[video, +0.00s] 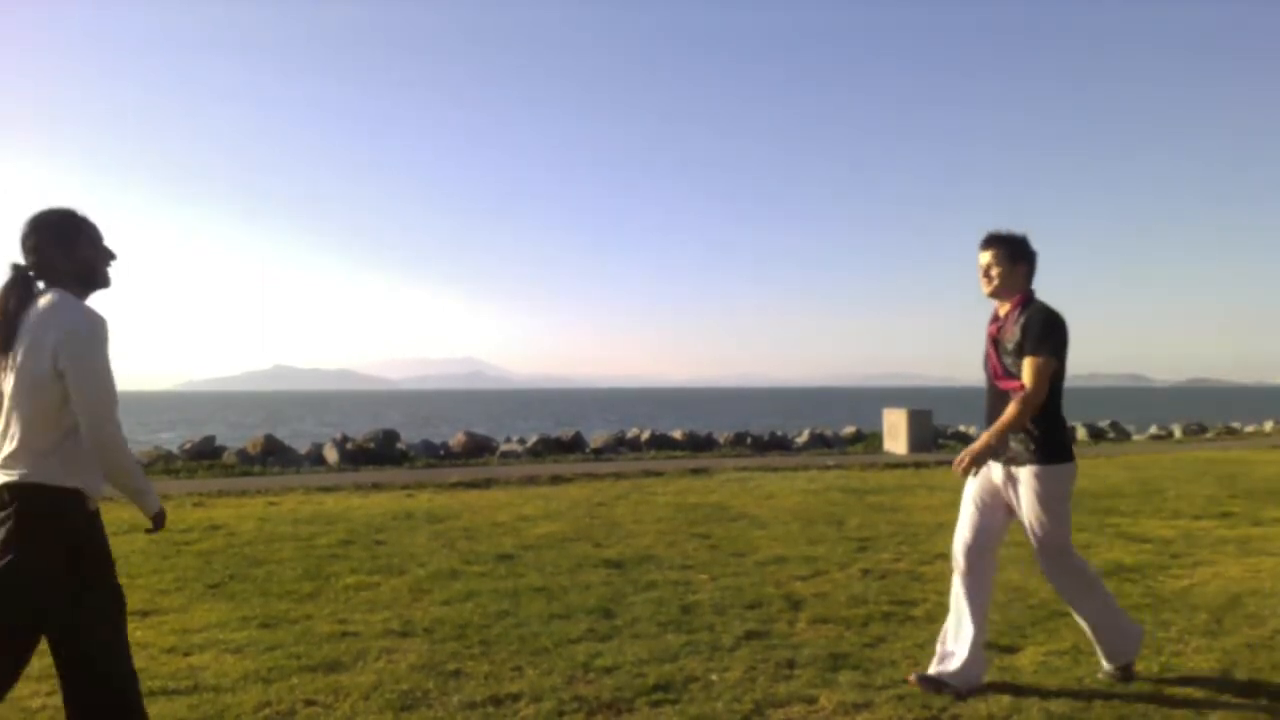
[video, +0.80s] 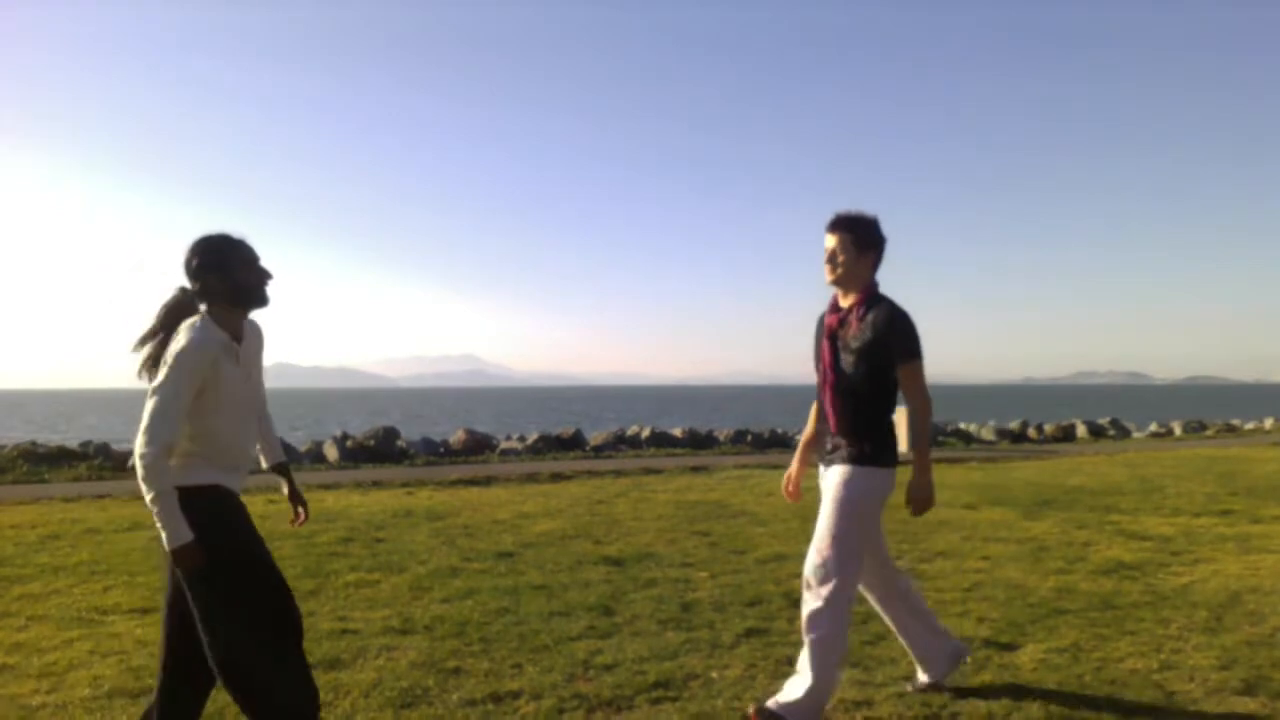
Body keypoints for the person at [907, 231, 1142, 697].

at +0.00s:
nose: (985, 276)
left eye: (994, 267)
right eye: (981, 269)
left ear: (1023, 269)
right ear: (983, 274)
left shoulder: (1043, 322)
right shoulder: (997, 323)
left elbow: (1034, 394)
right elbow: (1008, 390)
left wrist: (983, 444)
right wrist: (1004, 442)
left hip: (1040, 462)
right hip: (995, 458)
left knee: (1056, 559)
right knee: (968, 557)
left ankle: (1122, 644)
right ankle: (957, 669)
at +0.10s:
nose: (959, 271)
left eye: (967, 264)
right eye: (956, 265)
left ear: (996, 265)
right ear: (959, 270)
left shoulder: (1016, 317)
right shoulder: (973, 317)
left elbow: (1015, 397)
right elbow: (981, 389)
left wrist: (990, 456)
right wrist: (972, 445)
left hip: (1010, 458)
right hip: (969, 453)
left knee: (1011, 566)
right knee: (950, 562)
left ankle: (1091, 625)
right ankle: (954, 671)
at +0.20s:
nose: (940, 267)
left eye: (948, 259)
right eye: (937, 260)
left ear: (977, 259)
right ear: (939, 264)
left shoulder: (1000, 312)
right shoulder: (952, 314)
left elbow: (1010, 389)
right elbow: (957, 385)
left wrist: (999, 457)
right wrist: (942, 443)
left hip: (983, 450)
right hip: (943, 449)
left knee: (963, 554)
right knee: (935, 557)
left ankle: (1043, 625)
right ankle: (955, 669)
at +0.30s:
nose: (927, 266)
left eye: (936, 258)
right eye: (922, 259)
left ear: (964, 258)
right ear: (921, 264)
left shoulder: (987, 313)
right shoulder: (931, 320)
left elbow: (1008, 387)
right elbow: (931, 398)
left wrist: (1003, 457)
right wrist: (905, 448)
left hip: (965, 449)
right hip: (926, 447)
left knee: (926, 548)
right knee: (926, 555)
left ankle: (980, 654)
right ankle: (946, 666)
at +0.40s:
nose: (912, 265)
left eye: (921, 256)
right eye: (908, 257)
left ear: (950, 256)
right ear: (907, 262)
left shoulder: (974, 313)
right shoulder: (912, 318)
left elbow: (1002, 388)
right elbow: (906, 390)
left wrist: (1002, 460)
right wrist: (878, 442)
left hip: (947, 450)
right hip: (907, 449)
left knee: (899, 547)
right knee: (929, 557)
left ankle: (909, 677)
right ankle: (956, 669)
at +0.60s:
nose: (877, 268)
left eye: (886, 260)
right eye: (874, 261)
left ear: (917, 261)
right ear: (875, 264)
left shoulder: (940, 322)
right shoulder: (874, 323)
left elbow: (970, 399)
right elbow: (865, 394)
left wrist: (977, 473)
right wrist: (831, 447)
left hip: (909, 462)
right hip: (871, 460)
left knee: (863, 568)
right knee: (905, 572)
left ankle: (819, 684)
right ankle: (955, 670)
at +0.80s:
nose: (828, 262)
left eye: (839, 255)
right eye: (826, 254)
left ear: (869, 258)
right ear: (827, 259)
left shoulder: (889, 319)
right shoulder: (829, 320)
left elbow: (918, 399)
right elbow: (826, 397)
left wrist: (921, 473)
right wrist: (801, 456)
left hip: (864, 465)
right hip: (834, 462)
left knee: (824, 576)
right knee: (873, 570)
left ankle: (806, 698)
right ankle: (940, 654)